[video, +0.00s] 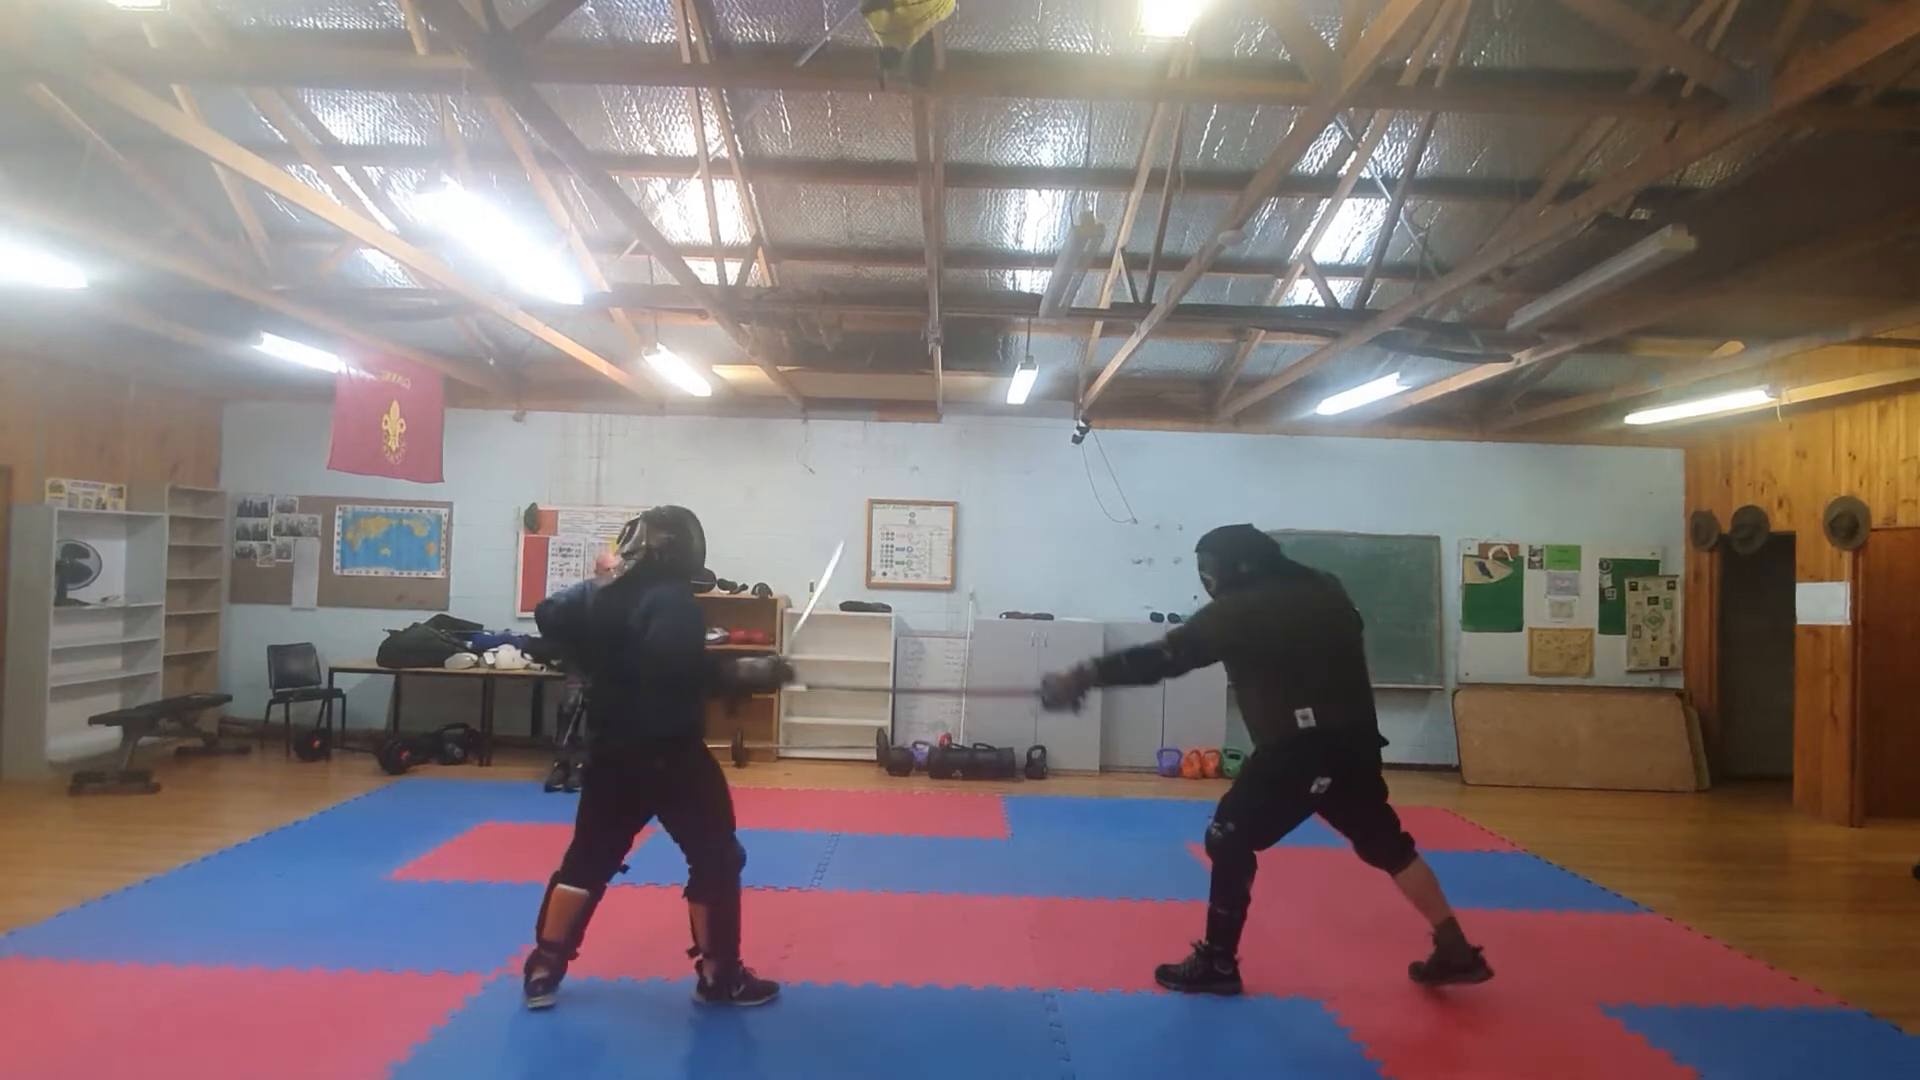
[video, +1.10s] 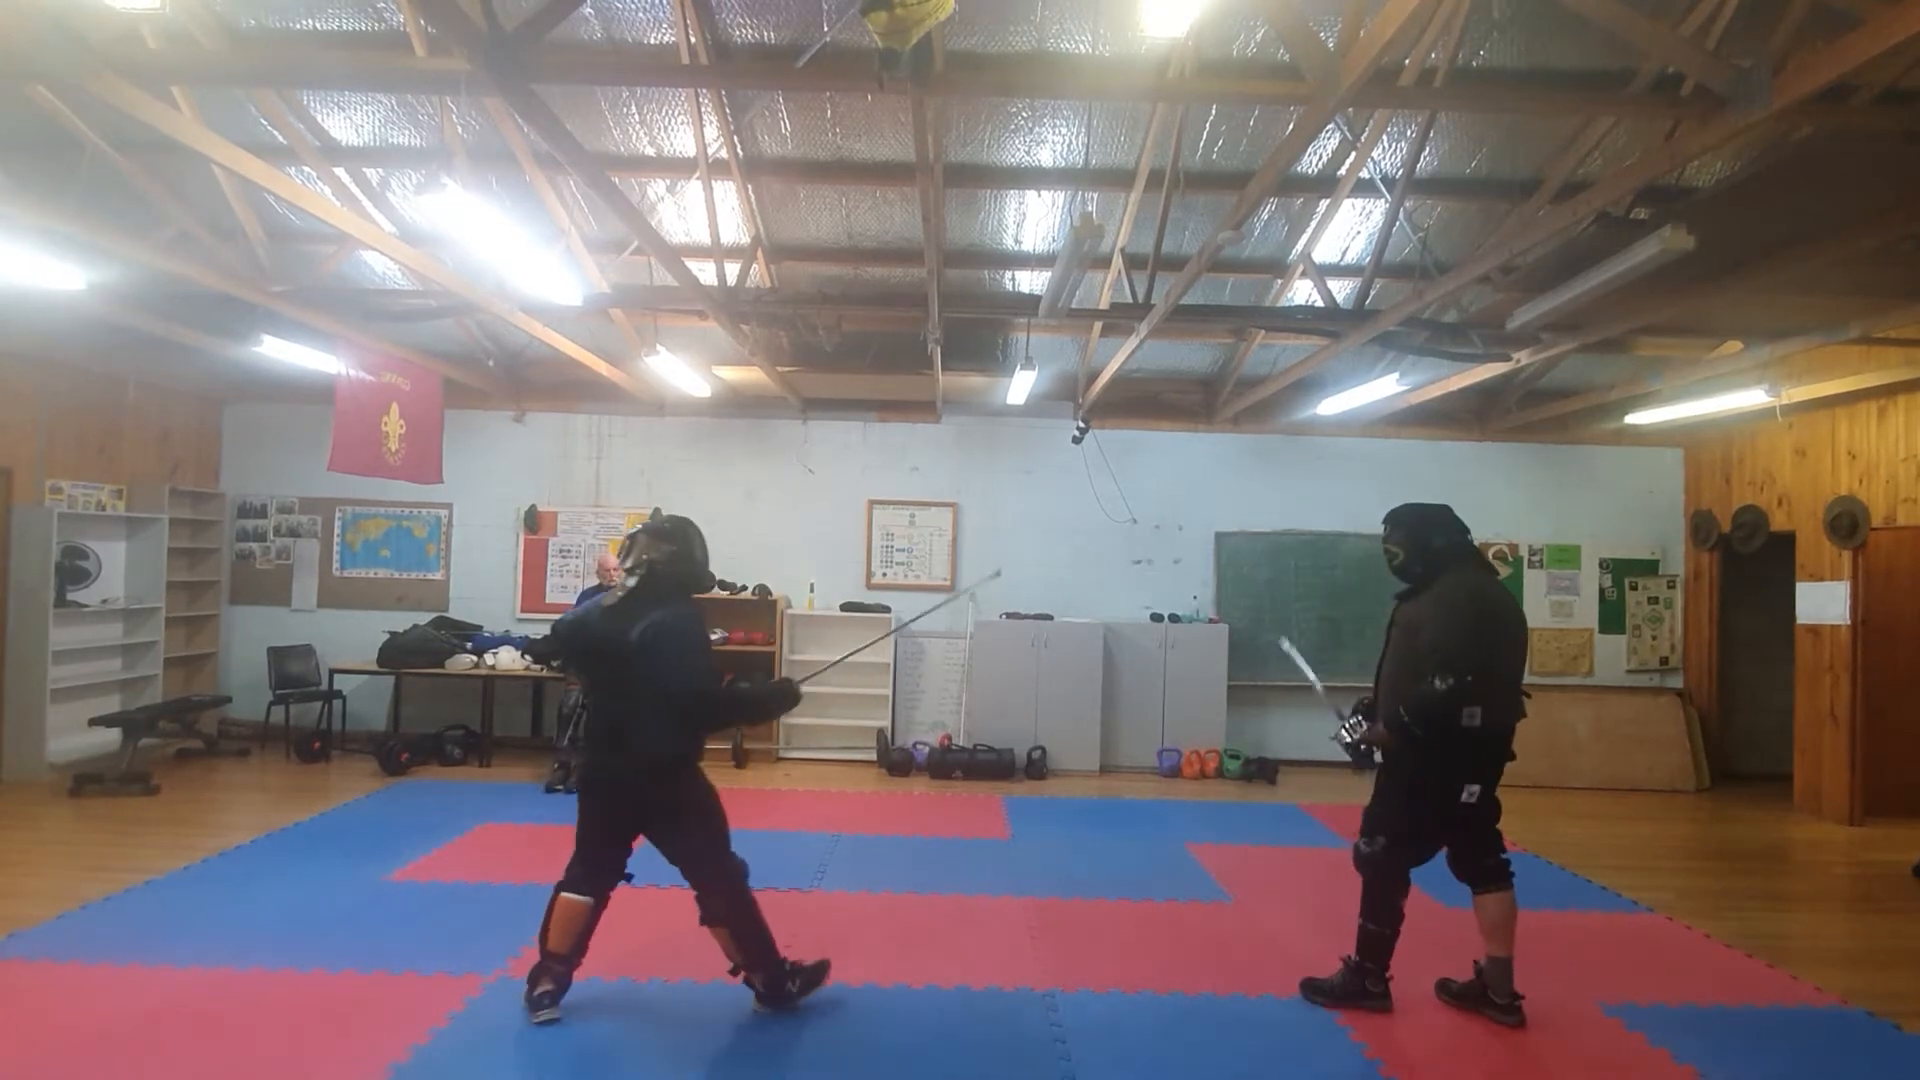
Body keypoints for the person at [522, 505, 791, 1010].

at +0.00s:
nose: (698, 563)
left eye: (696, 554)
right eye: (695, 553)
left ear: (635, 549)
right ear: (683, 551)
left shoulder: (601, 600)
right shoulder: (676, 602)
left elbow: (549, 614)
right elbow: (675, 669)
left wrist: (596, 582)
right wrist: (738, 674)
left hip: (613, 760)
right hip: (677, 761)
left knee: (588, 857)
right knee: (717, 857)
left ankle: (544, 968)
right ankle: (720, 973)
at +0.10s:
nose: (701, 564)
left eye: (699, 553)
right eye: (696, 553)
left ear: (638, 552)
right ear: (679, 555)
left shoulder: (604, 601)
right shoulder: (664, 603)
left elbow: (554, 616)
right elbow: (640, 663)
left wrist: (599, 588)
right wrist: (710, 668)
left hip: (613, 763)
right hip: (671, 762)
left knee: (587, 858)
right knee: (733, 849)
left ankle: (541, 972)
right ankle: (724, 972)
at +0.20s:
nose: (706, 569)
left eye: (705, 558)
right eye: (702, 558)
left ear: (646, 554)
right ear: (684, 558)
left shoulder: (608, 602)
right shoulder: (664, 605)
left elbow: (560, 637)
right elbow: (643, 668)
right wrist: (709, 676)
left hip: (616, 765)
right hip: (671, 763)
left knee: (595, 859)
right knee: (743, 846)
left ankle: (544, 968)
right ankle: (748, 969)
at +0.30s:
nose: (719, 574)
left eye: (718, 564)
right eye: (716, 563)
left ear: (660, 557)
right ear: (703, 562)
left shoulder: (636, 608)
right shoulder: (681, 610)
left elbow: (588, 626)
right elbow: (664, 675)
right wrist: (735, 682)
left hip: (631, 769)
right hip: (685, 770)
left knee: (600, 866)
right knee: (747, 865)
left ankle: (544, 969)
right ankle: (774, 978)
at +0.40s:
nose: (739, 575)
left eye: (735, 565)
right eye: (736, 565)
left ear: (680, 563)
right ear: (724, 567)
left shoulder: (648, 617)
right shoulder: (709, 620)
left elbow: (610, 637)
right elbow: (718, 694)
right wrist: (797, 697)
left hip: (650, 777)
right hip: (712, 779)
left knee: (611, 869)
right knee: (765, 868)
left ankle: (548, 967)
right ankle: (781, 983)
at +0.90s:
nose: (744, 572)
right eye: (741, 563)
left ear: (679, 558)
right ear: (732, 563)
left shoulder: (648, 612)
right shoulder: (730, 618)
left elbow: (605, 629)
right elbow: (766, 701)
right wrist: (826, 680)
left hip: (650, 773)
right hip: (719, 776)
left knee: (618, 865)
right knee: (760, 871)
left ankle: (557, 971)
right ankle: (781, 982)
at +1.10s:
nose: (701, 572)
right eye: (698, 562)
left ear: (637, 560)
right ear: (687, 564)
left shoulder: (598, 615)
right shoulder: (677, 620)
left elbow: (549, 645)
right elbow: (696, 703)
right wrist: (774, 695)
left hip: (605, 780)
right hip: (668, 782)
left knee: (588, 874)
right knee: (718, 877)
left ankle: (546, 983)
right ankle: (770, 978)